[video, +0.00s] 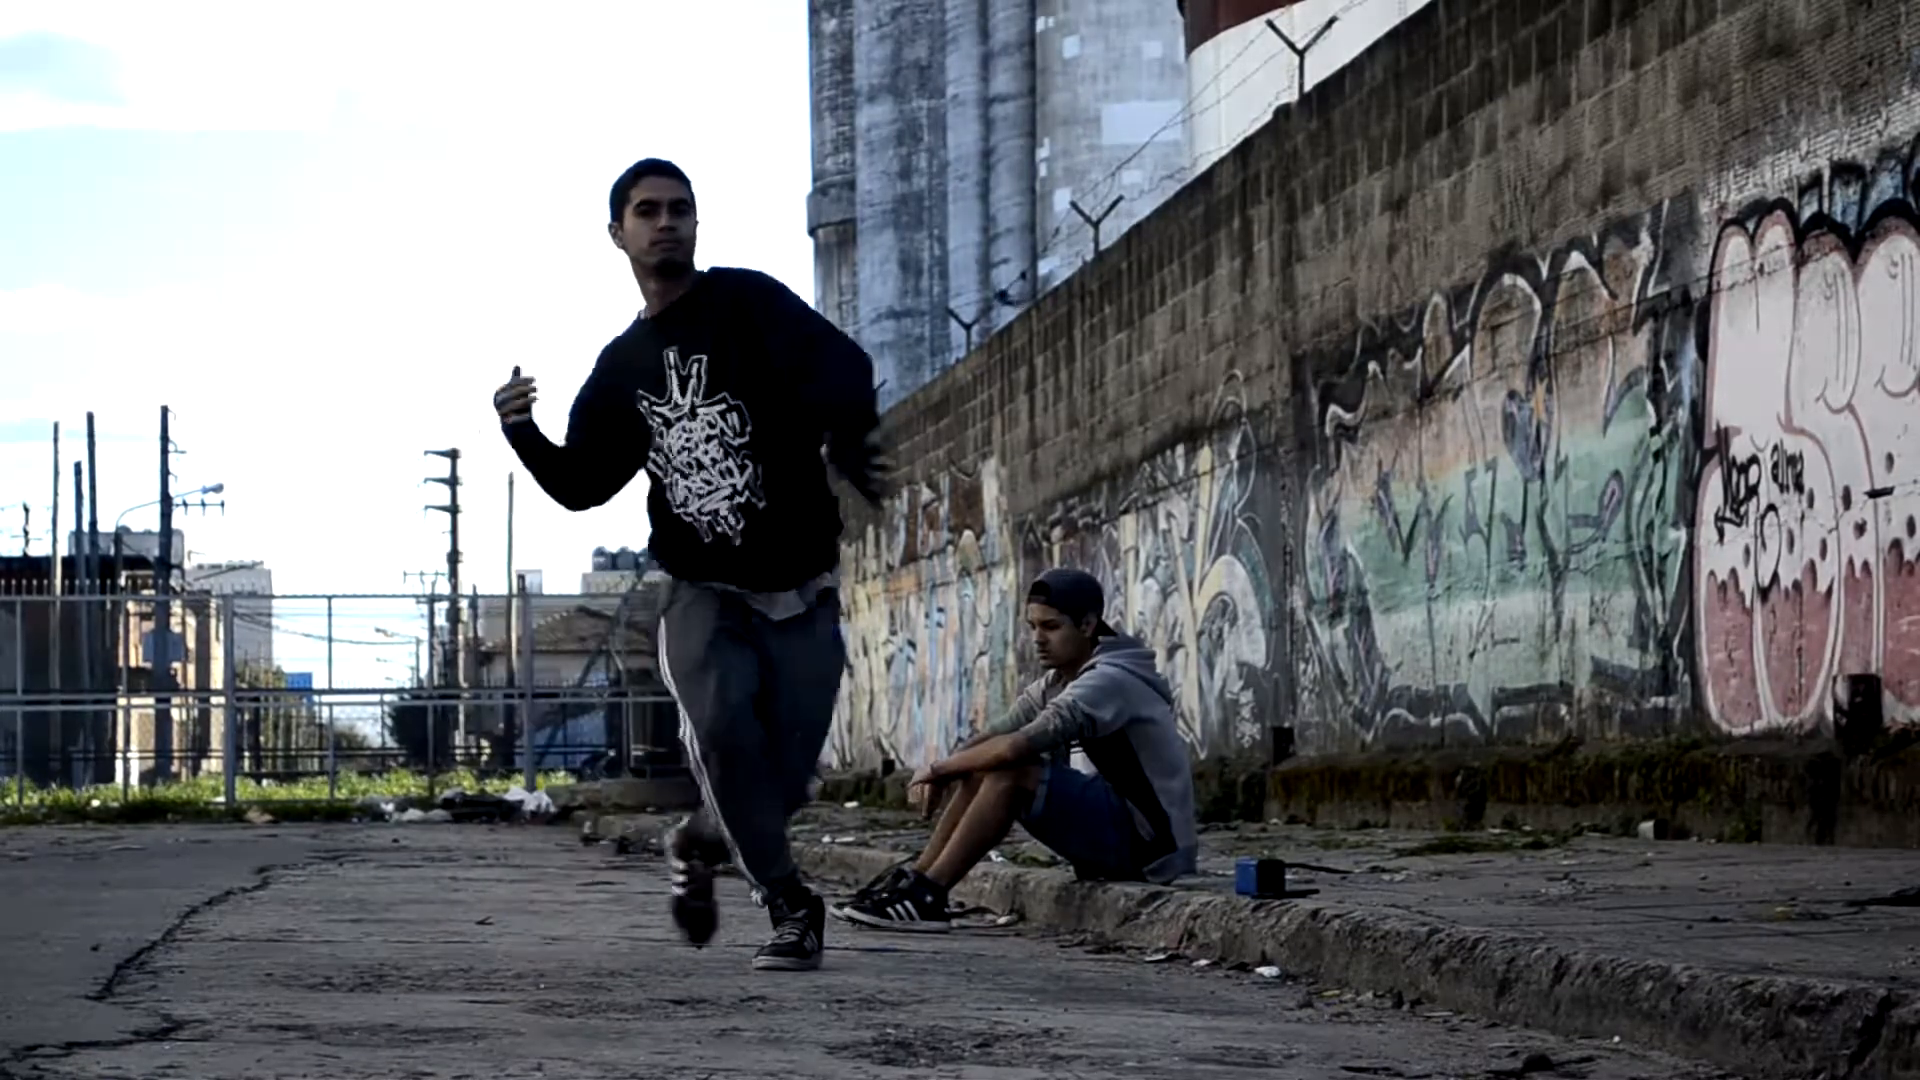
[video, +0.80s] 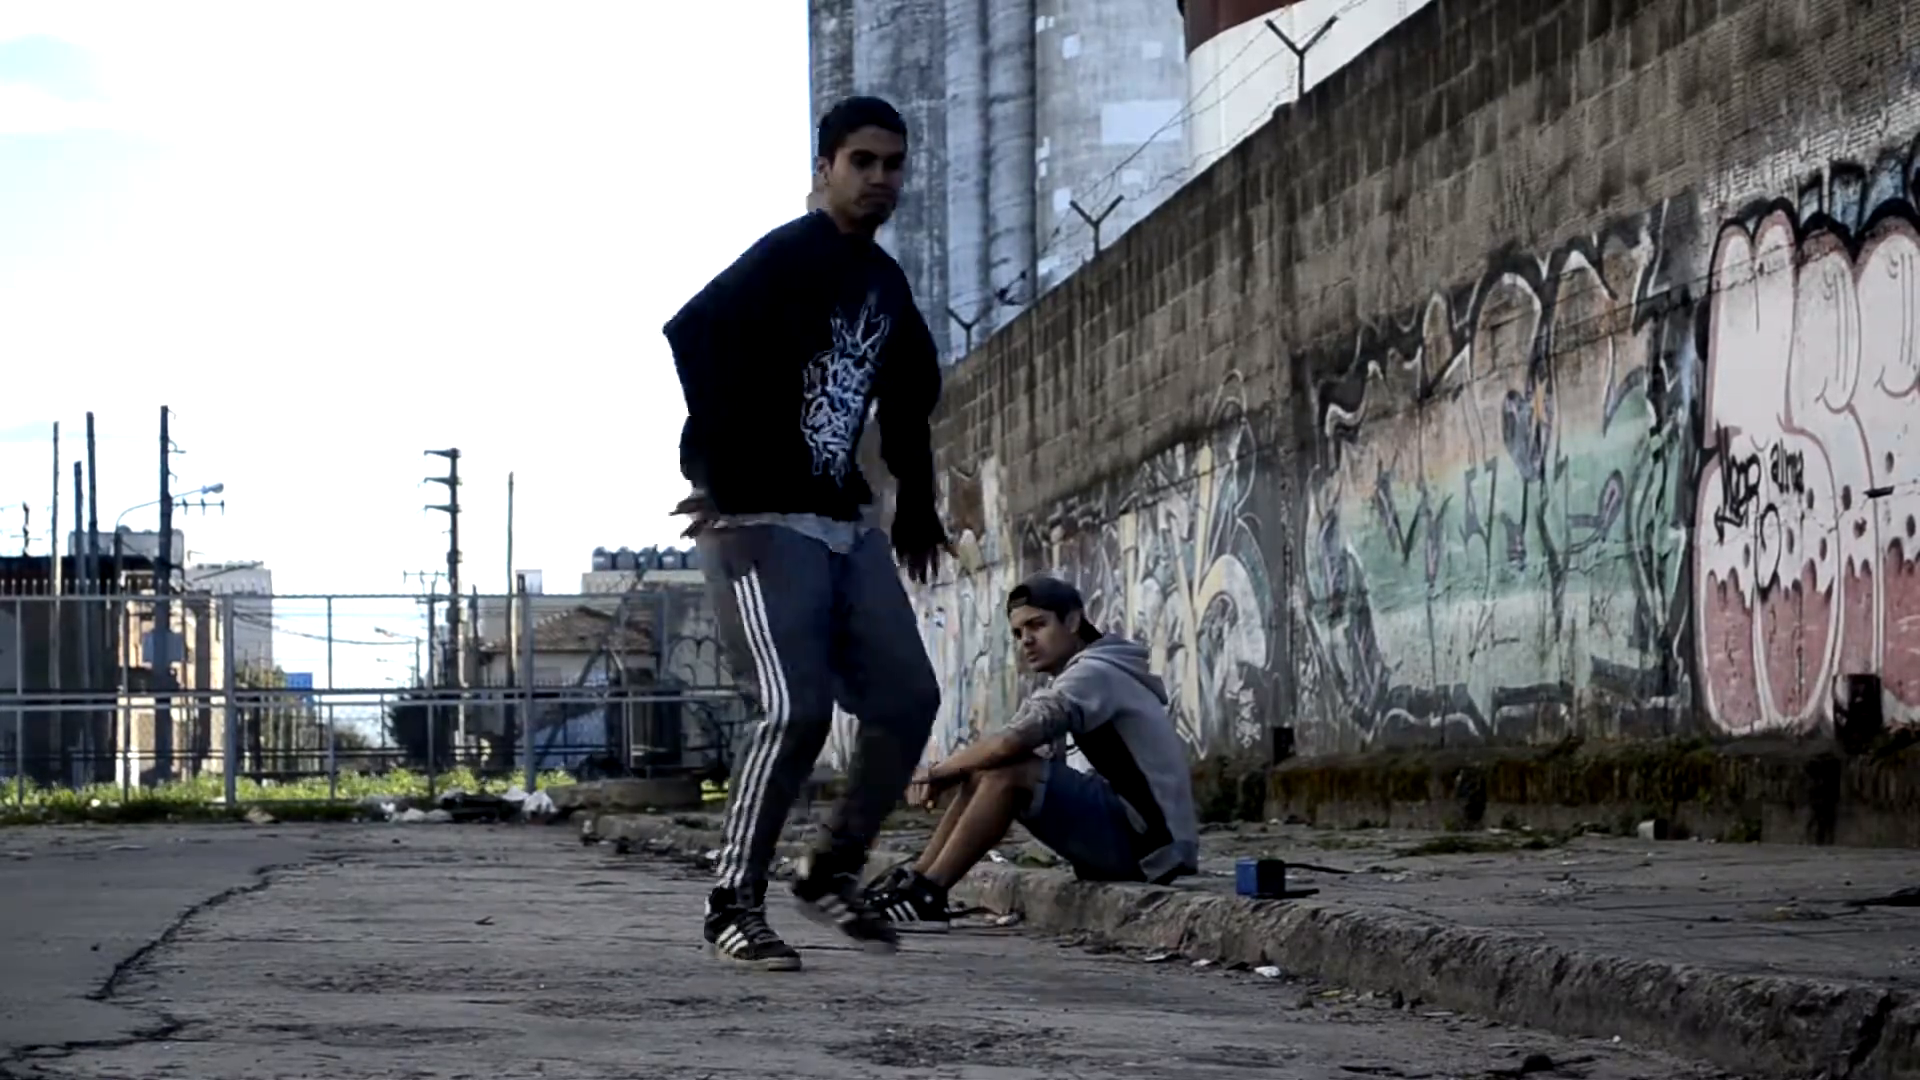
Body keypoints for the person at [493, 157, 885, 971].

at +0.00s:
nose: (666, 222)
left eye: (678, 210)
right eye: (648, 212)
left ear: (697, 225)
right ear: (619, 234)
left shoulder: (754, 300)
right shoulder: (625, 365)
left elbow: (848, 369)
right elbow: (581, 483)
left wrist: (852, 453)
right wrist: (521, 430)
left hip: (801, 580)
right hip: (701, 588)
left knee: (790, 768)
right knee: (718, 728)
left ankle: (698, 843)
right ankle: (790, 907)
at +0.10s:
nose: (701, 218)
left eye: (713, 206)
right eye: (682, 206)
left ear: (728, 220)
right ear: (650, 224)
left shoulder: (790, 308)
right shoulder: (620, 342)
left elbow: (921, 376)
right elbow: (500, 388)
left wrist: (963, 486)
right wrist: (577, 366)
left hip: (830, 575)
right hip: (721, 594)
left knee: (828, 749)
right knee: (718, 748)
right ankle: (796, 911)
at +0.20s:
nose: (739, 226)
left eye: (751, 213)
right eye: (720, 212)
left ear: (765, 227)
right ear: (685, 225)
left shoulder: (817, 318)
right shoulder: (650, 330)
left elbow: (904, 412)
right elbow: (532, 329)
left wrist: (962, 509)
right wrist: (634, 344)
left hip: (855, 573)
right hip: (750, 600)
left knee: (886, 767)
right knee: (743, 753)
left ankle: (1068, 876)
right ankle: (801, 914)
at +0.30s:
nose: (780, 216)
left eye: (791, 203)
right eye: (761, 202)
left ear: (804, 216)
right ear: (724, 215)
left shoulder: (845, 311)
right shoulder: (694, 317)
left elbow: (882, 449)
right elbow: (578, 367)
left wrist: (937, 535)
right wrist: (684, 361)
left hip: (895, 562)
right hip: (779, 587)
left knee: (994, 707)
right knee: (769, 755)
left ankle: (1038, 858)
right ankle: (796, 910)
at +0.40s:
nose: (810, 245)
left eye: (821, 232)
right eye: (792, 230)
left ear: (831, 239)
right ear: (752, 235)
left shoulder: (849, 332)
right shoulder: (717, 326)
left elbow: (874, 431)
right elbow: (637, 430)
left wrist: (912, 491)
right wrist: (754, 421)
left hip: (931, 558)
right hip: (829, 577)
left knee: (1067, 686)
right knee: (815, 746)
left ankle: (987, 874)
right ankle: (785, 902)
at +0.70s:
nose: (867, 207)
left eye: (879, 193)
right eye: (850, 188)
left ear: (887, 205)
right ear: (810, 193)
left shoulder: (877, 315)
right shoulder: (774, 276)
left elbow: (949, 401)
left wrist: (949, 417)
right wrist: (784, 380)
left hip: (898, 549)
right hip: (809, 548)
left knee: (995, 712)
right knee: (847, 734)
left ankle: (977, 912)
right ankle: (764, 899)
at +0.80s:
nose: (881, 179)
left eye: (893, 165)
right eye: (863, 161)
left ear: (903, 176)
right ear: (823, 167)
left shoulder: (886, 283)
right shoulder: (789, 253)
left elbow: (910, 390)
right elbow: (693, 331)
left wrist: (917, 493)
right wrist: (720, 464)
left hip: (846, 525)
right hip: (760, 520)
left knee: (906, 699)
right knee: (794, 711)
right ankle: (735, 906)